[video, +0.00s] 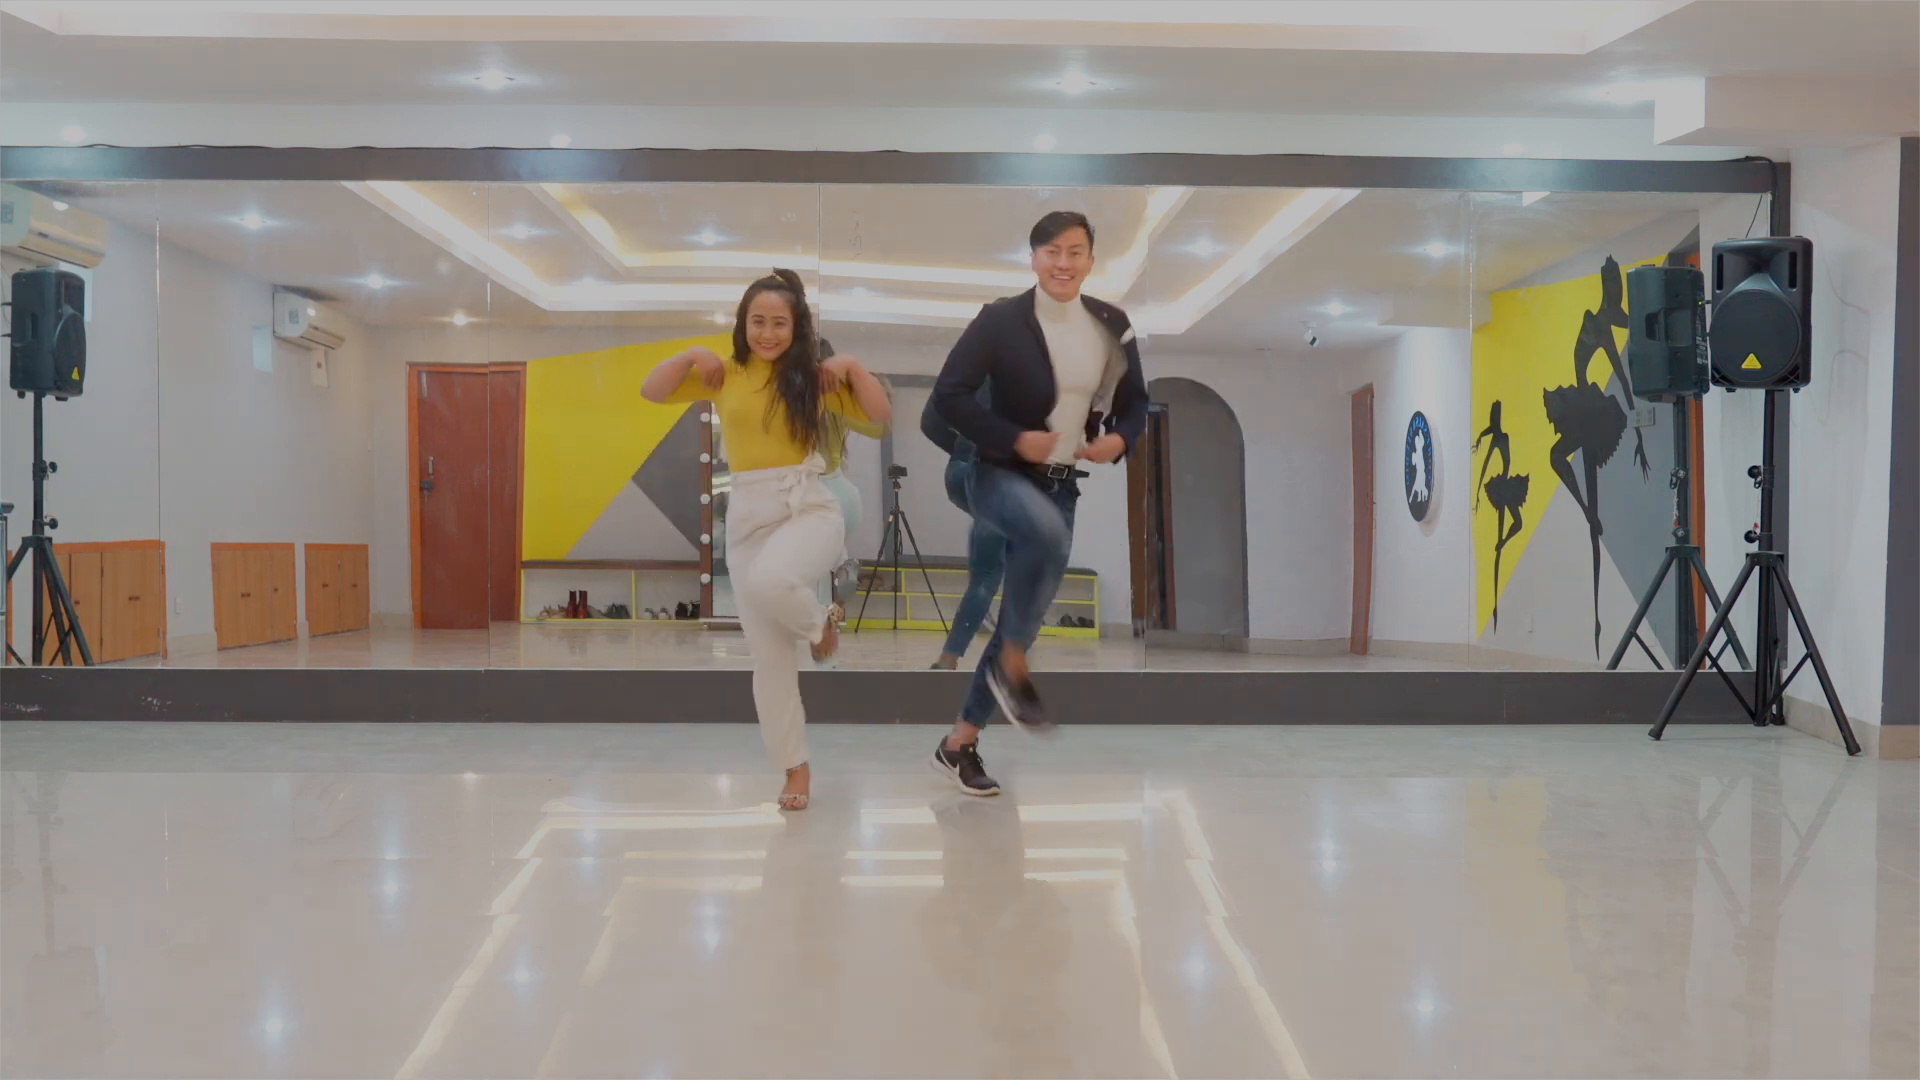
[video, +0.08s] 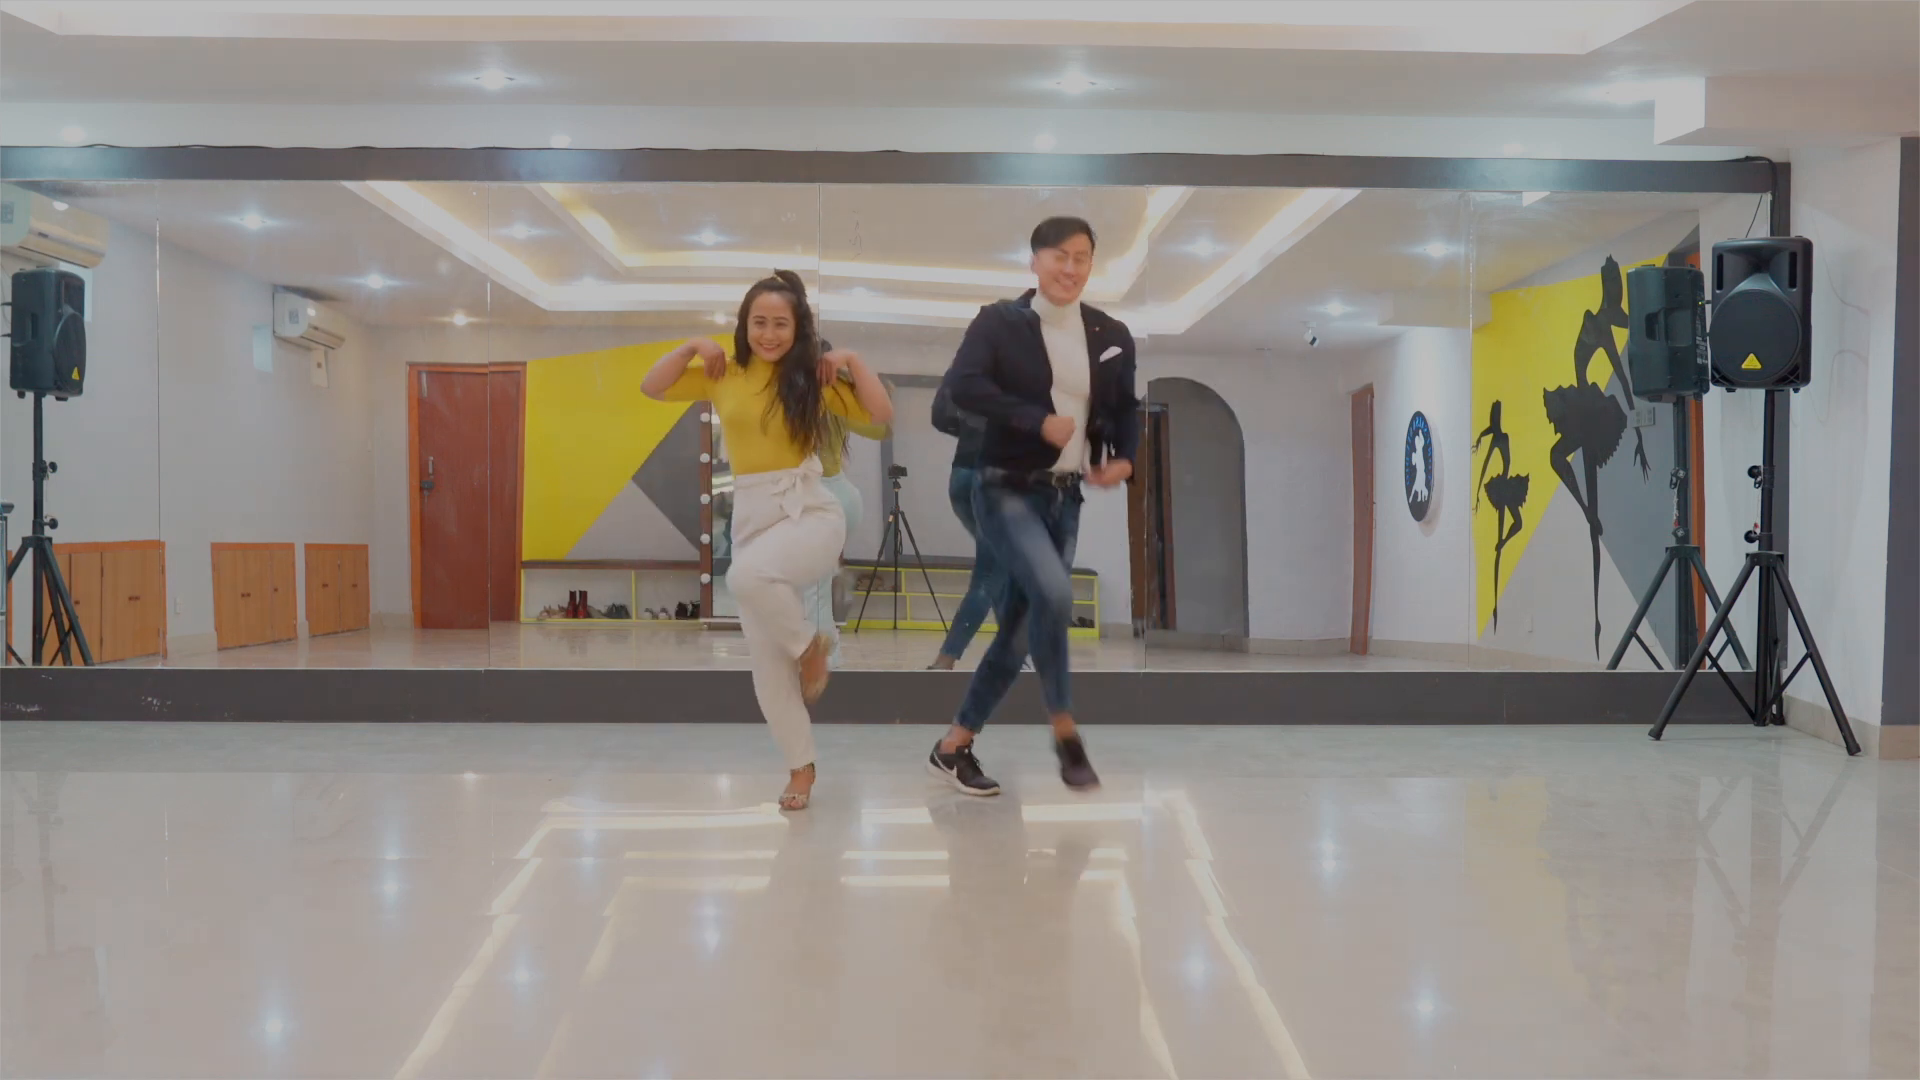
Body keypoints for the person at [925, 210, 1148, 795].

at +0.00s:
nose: (1064, 263)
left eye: (1075, 252)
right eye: (1053, 251)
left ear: (1092, 261)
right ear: (1034, 259)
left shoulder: (1112, 328)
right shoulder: (1000, 322)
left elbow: (1135, 403)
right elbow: (950, 397)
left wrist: (1120, 437)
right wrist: (1015, 438)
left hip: (1058, 486)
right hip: (993, 470)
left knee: (1023, 616)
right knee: (1045, 535)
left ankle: (961, 741)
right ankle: (1012, 663)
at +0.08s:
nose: (1069, 267)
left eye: (1080, 258)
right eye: (1058, 255)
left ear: (1092, 266)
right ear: (1034, 261)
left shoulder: (1110, 335)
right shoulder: (997, 323)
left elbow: (1124, 408)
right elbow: (963, 388)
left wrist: (1124, 454)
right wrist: (1036, 419)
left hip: (1065, 495)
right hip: (1004, 488)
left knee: (1019, 636)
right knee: (1054, 592)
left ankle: (954, 744)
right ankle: (1064, 729)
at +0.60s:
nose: (1097, 314)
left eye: (1106, 302)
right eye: (1084, 303)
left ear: (1115, 308)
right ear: (1057, 309)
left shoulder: (1114, 369)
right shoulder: (1034, 371)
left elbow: (1144, 447)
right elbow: (954, 438)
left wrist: (1120, 435)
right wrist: (1005, 486)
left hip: (1070, 528)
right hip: (1010, 524)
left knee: (1056, 649)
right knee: (1043, 630)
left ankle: (972, 743)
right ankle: (1064, 741)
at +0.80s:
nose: (1082, 314)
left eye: (1092, 303)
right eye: (1070, 303)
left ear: (1104, 306)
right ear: (1047, 309)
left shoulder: (1124, 375)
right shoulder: (1009, 369)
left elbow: (1126, 454)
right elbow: (940, 436)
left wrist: (1068, 438)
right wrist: (986, 486)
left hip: (1095, 530)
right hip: (1038, 528)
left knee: (1054, 663)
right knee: (1106, 639)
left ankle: (970, 744)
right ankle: (1052, 751)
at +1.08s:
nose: (1121, 299)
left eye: (1131, 288)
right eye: (1109, 288)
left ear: (1146, 292)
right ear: (1092, 296)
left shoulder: (1181, 351)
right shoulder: (1068, 363)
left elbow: (1238, 390)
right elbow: (1031, 441)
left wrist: (1224, 462)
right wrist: (1087, 425)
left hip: (1140, 516)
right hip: (1069, 510)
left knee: (1186, 640)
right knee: (1051, 630)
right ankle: (1032, 754)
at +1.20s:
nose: (1158, 302)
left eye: (1168, 290)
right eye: (1146, 292)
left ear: (1184, 291)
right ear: (1128, 294)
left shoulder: (1213, 346)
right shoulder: (1106, 362)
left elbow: (1247, 390)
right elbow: (1060, 449)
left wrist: (1255, 431)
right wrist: (1125, 476)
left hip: (1185, 517)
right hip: (1110, 516)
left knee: (1223, 644)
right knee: (1053, 622)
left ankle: (1230, 754)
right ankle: (1043, 750)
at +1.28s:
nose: (1173, 305)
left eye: (1183, 293)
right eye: (1160, 294)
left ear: (1197, 289)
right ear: (1140, 295)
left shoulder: (1222, 342)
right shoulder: (1120, 362)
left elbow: (1262, 384)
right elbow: (1070, 448)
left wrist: (1274, 408)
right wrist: (1129, 497)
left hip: (1217, 513)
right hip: (1144, 517)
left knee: (1248, 640)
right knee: (1096, 615)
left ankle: (1231, 753)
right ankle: (1095, 726)